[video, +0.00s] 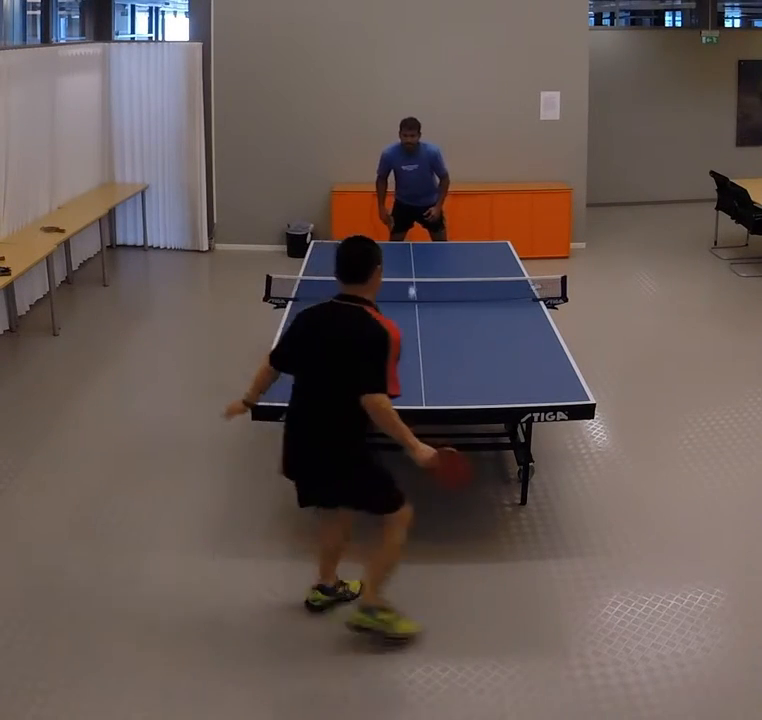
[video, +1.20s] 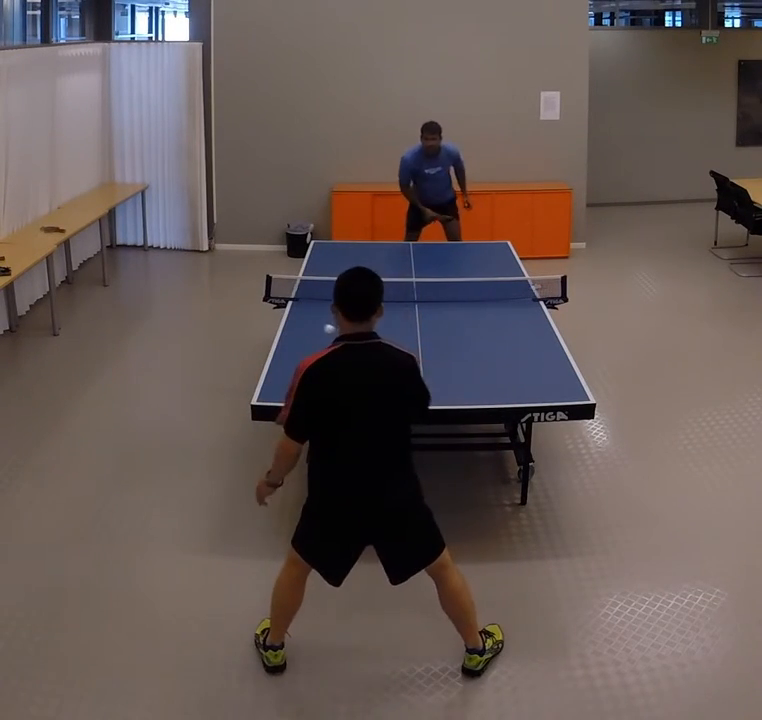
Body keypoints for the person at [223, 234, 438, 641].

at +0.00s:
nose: (381, 276)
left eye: (378, 270)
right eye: (381, 270)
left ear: (338, 273)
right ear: (377, 275)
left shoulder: (312, 317)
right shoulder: (377, 331)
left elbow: (273, 364)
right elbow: (373, 399)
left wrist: (248, 400)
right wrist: (415, 445)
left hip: (303, 444)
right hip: (345, 448)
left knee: (338, 508)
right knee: (398, 512)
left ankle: (327, 584)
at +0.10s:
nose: (400, 283)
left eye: (393, 277)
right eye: (399, 277)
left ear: (356, 282)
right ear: (395, 283)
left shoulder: (327, 328)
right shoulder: (404, 339)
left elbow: (292, 378)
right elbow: (407, 405)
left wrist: (275, 413)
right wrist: (444, 444)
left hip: (330, 454)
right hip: (382, 459)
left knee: (342, 521)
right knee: (431, 530)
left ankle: (351, 597)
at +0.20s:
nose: (409, 296)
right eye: (411, 290)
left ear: (373, 295)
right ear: (414, 295)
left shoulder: (346, 348)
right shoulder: (435, 353)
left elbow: (317, 406)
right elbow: (453, 419)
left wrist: (310, 436)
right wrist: (473, 444)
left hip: (356, 466)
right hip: (411, 471)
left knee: (351, 524)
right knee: (463, 543)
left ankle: (352, 598)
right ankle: (507, 628)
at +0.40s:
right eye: (440, 304)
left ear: (397, 313)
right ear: (440, 311)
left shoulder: (376, 370)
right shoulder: (468, 368)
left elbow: (356, 438)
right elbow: (500, 428)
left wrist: (361, 473)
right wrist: (490, 448)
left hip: (387, 491)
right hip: (449, 494)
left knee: (338, 537)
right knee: (493, 548)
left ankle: (306, 615)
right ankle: (510, 636)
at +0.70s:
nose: (415, 309)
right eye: (415, 305)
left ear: (370, 309)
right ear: (413, 310)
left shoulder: (338, 362)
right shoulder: (433, 369)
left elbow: (320, 436)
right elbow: (466, 439)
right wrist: (431, 427)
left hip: (346, 492)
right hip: (407, 494)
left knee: (305, 564)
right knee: (458, 566)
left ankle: (274, 643)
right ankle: (490, 640)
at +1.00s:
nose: (400, 314)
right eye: (399, 309)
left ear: (355, 314)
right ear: (400, 316)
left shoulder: (326, 373)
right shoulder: (421, 372)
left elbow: (300, 442)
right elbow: (457, 413)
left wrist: (289, 472)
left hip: (336, 505)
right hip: (402, 505)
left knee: (300, 563)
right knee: (447, 567)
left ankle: (274, 643)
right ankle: (476, 648)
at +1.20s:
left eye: (337, 304)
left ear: (335, 309)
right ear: (379, 310)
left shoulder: (314, 371)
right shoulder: (404, 364)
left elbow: (290, 444)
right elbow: (419, 411)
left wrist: (272, 479)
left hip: (333, 500)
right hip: (396, 497)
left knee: (297, 568)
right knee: (442, 569)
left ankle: (273, 644)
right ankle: (476, 648)